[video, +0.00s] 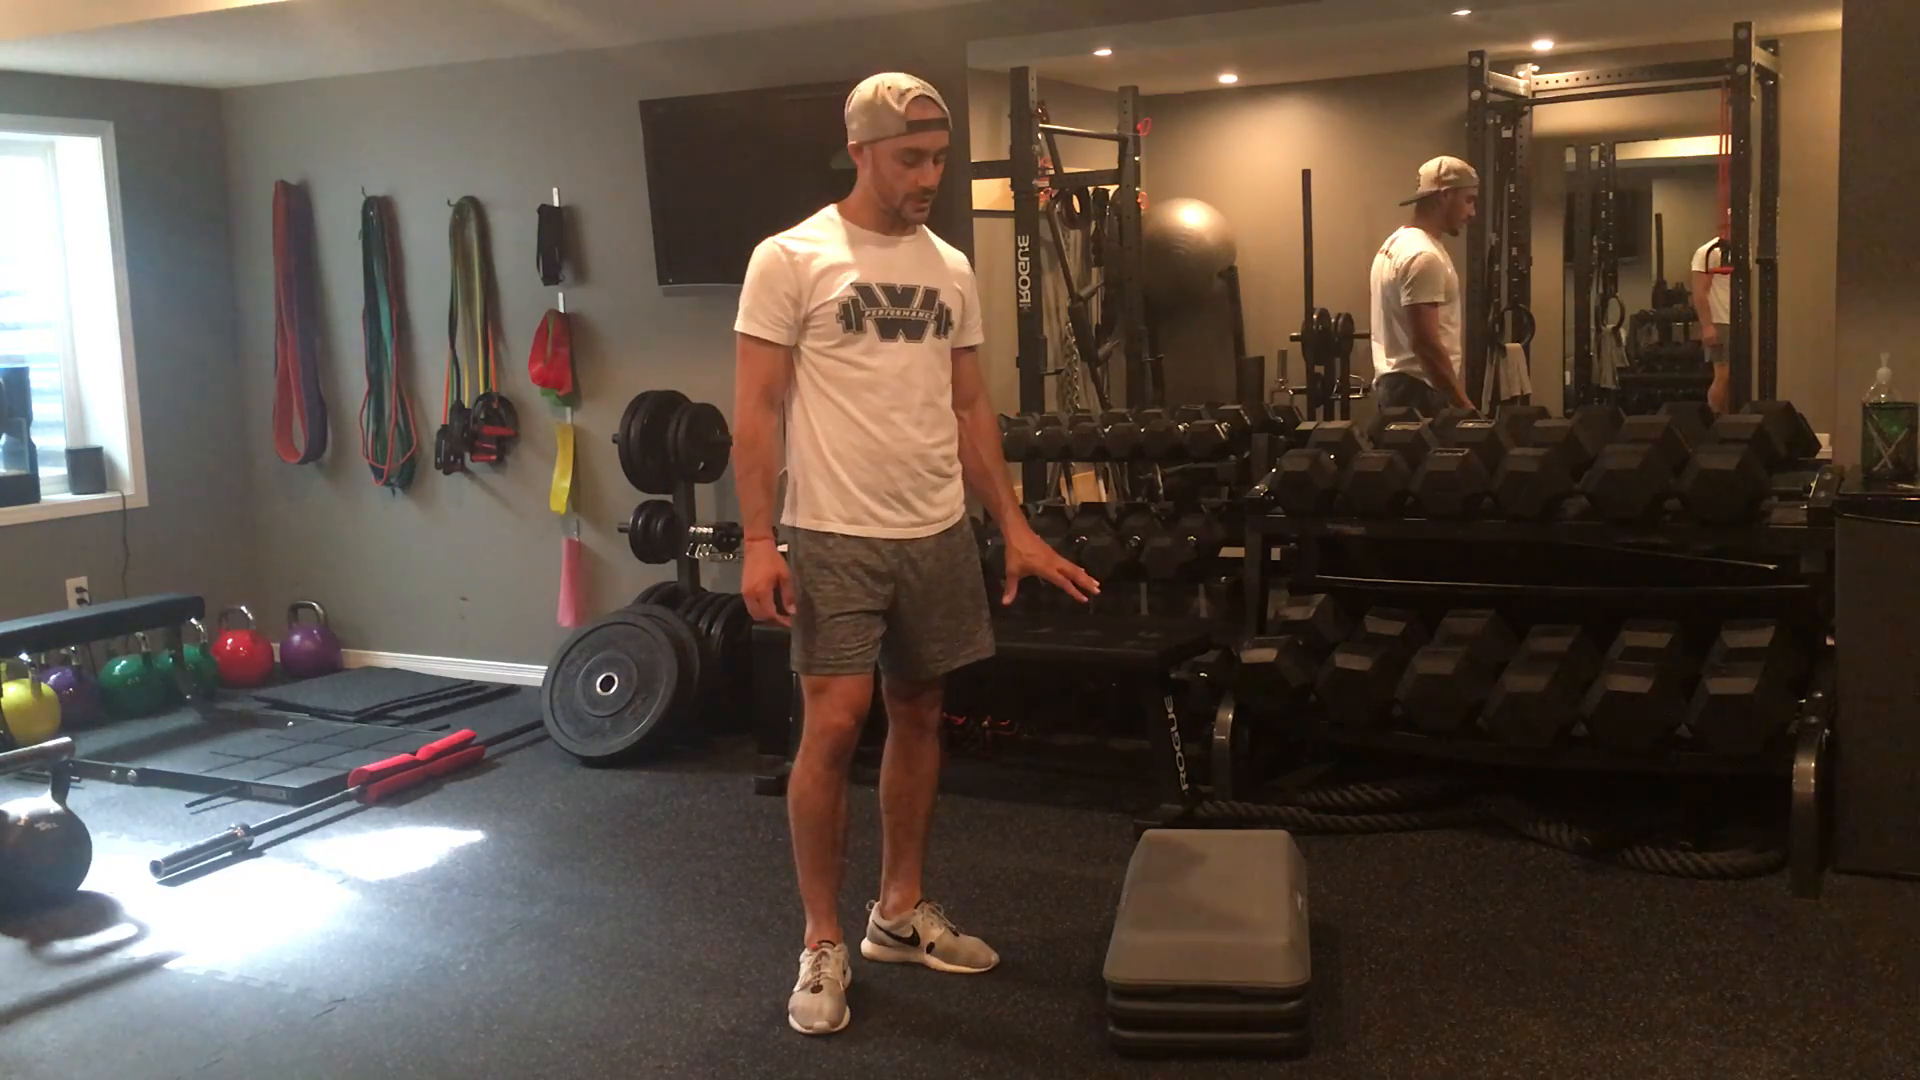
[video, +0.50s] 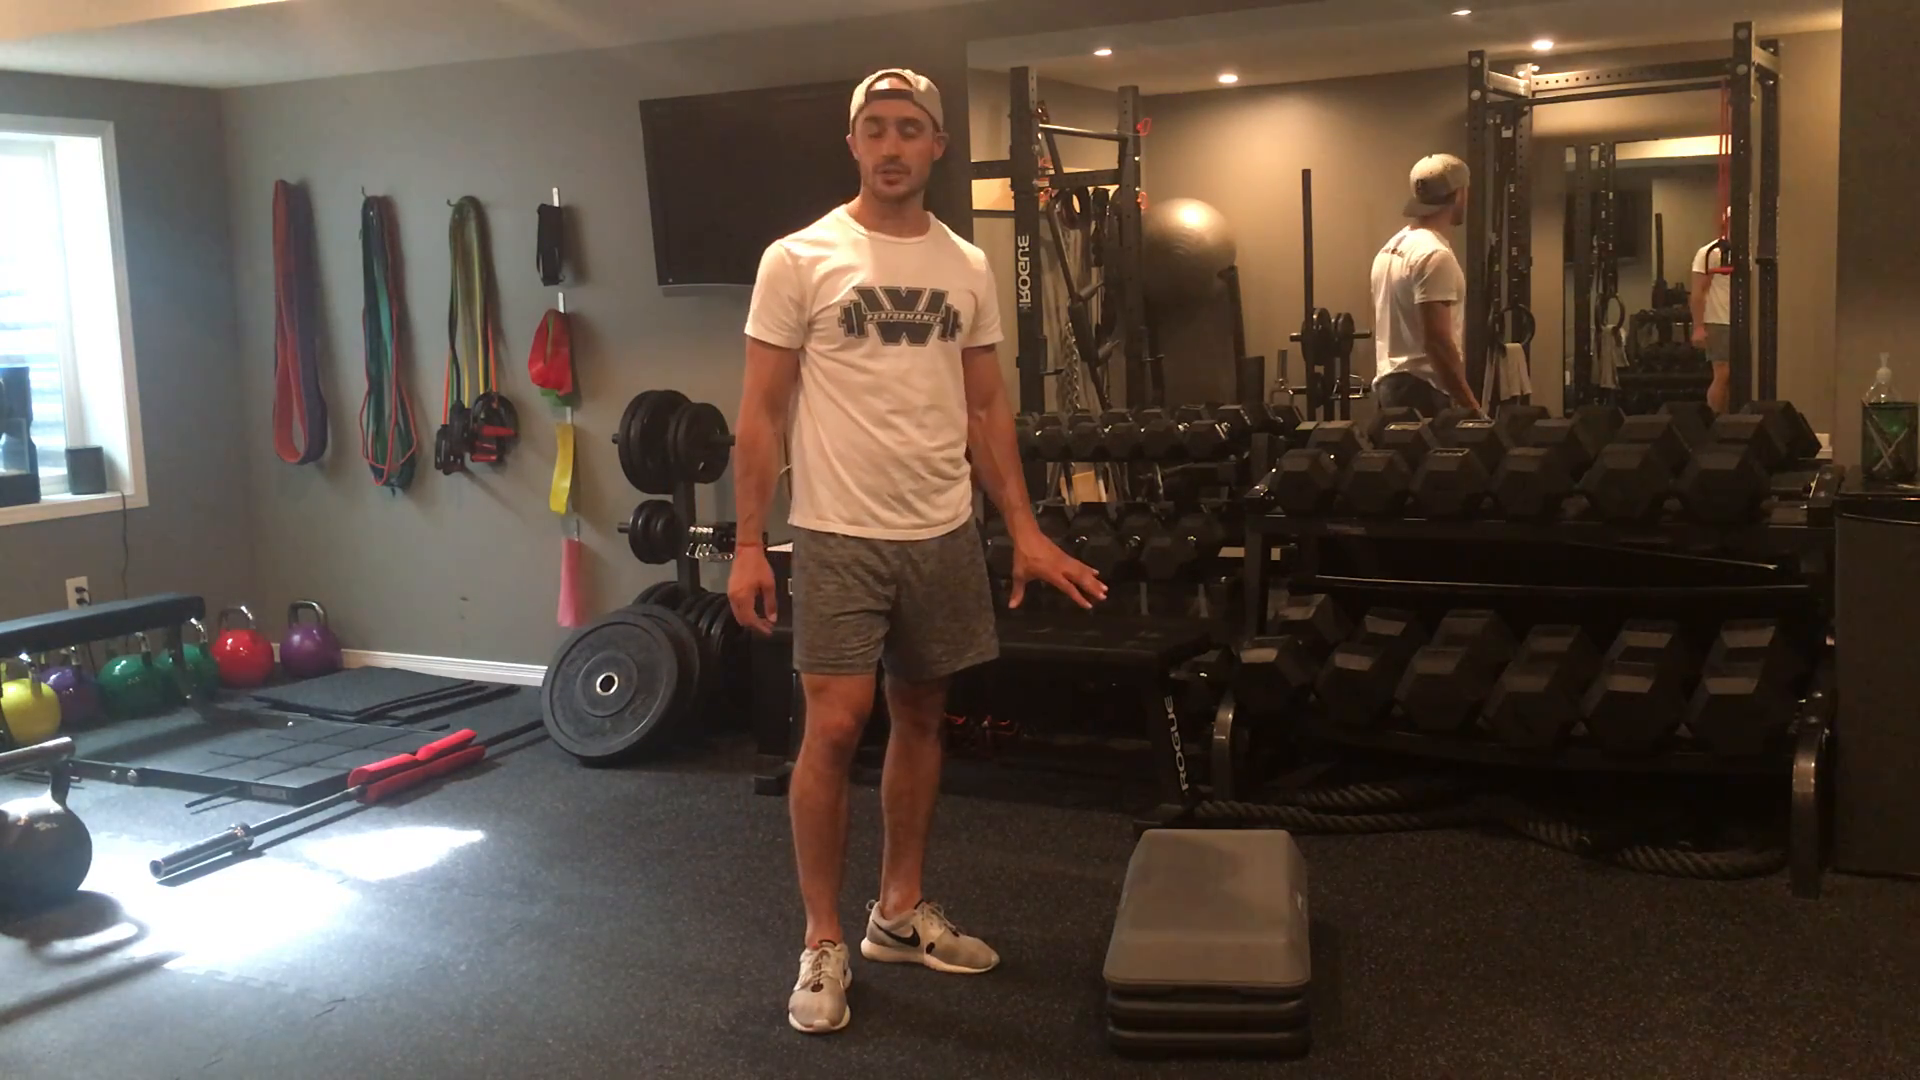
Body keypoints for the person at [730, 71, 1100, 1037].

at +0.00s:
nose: (930, 173)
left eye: (939, 156)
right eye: (913, 156)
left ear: (944, 154)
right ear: (861, 154)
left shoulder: (951, 271)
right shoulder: (790, 259)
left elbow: (971, 411)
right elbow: (758, 406)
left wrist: (1014, 526)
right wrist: (758, 539)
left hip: (936, 536)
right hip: (832, 537)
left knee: (919, 716)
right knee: (836, 723)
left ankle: (901, 909)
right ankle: (822, 942)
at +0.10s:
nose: (930, 175)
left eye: (940, 158)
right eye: (913, 157)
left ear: (947, 158)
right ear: (863, 154)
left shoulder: (952, 271)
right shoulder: (790, 259)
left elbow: (974, 410)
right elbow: (757, 406)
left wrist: (1015, 527)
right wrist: (758, 536)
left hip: (937, 536)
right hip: (832, 537)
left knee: (920, 719)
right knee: (834, 726)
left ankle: (900, 908)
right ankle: (822, 942)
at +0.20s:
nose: (932, 175)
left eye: (943, 159)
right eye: (915, 156)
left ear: (950, 159)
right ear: (865, 150)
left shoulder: (954, 271)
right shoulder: (791, 260)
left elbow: (976, 411)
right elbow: (756, 407)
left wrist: (1017, 529)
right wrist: (755, 537)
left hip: (937, 536)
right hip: (832, 538)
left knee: (921, 719)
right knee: (834, 725)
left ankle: (900, 909)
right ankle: (822, 941)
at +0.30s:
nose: (920, 167)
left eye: (934, 152)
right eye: (902, 148)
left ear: (946, 158)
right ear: (860, 150)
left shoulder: (959, 272)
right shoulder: (794, 260)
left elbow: (978, 410)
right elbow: (759, 408)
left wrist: (1019, 527)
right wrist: (750, 540)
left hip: (938, 535)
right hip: (833, 536)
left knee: (921, 718)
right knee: (834, 725)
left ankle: (900, 909)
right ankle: (822, 940)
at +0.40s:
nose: (900, 154)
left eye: (917, 139)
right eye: (883, 136)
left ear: (941, 153)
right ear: (855, 146)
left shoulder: (964, 272)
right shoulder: (799, 259)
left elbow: (982, 411)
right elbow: (761, 407)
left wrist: (1023, 530)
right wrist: (746, 541)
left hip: (939, 535)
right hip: (835, 535)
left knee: (920, 718)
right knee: (835, 724)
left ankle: (900, 909)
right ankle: (822, 941)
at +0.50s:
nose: (892, 145)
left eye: (909, 131)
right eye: (876, 130)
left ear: (937, 148)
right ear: (852, 145)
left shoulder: (967, 268)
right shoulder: (799, 261)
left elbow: (987, 408)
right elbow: (763, 411)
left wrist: (1026, 531)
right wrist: (746, 542)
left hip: (941, 535)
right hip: (837, 535)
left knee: (921, 720)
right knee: (835, 726)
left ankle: (900, 910)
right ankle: (823, 940)